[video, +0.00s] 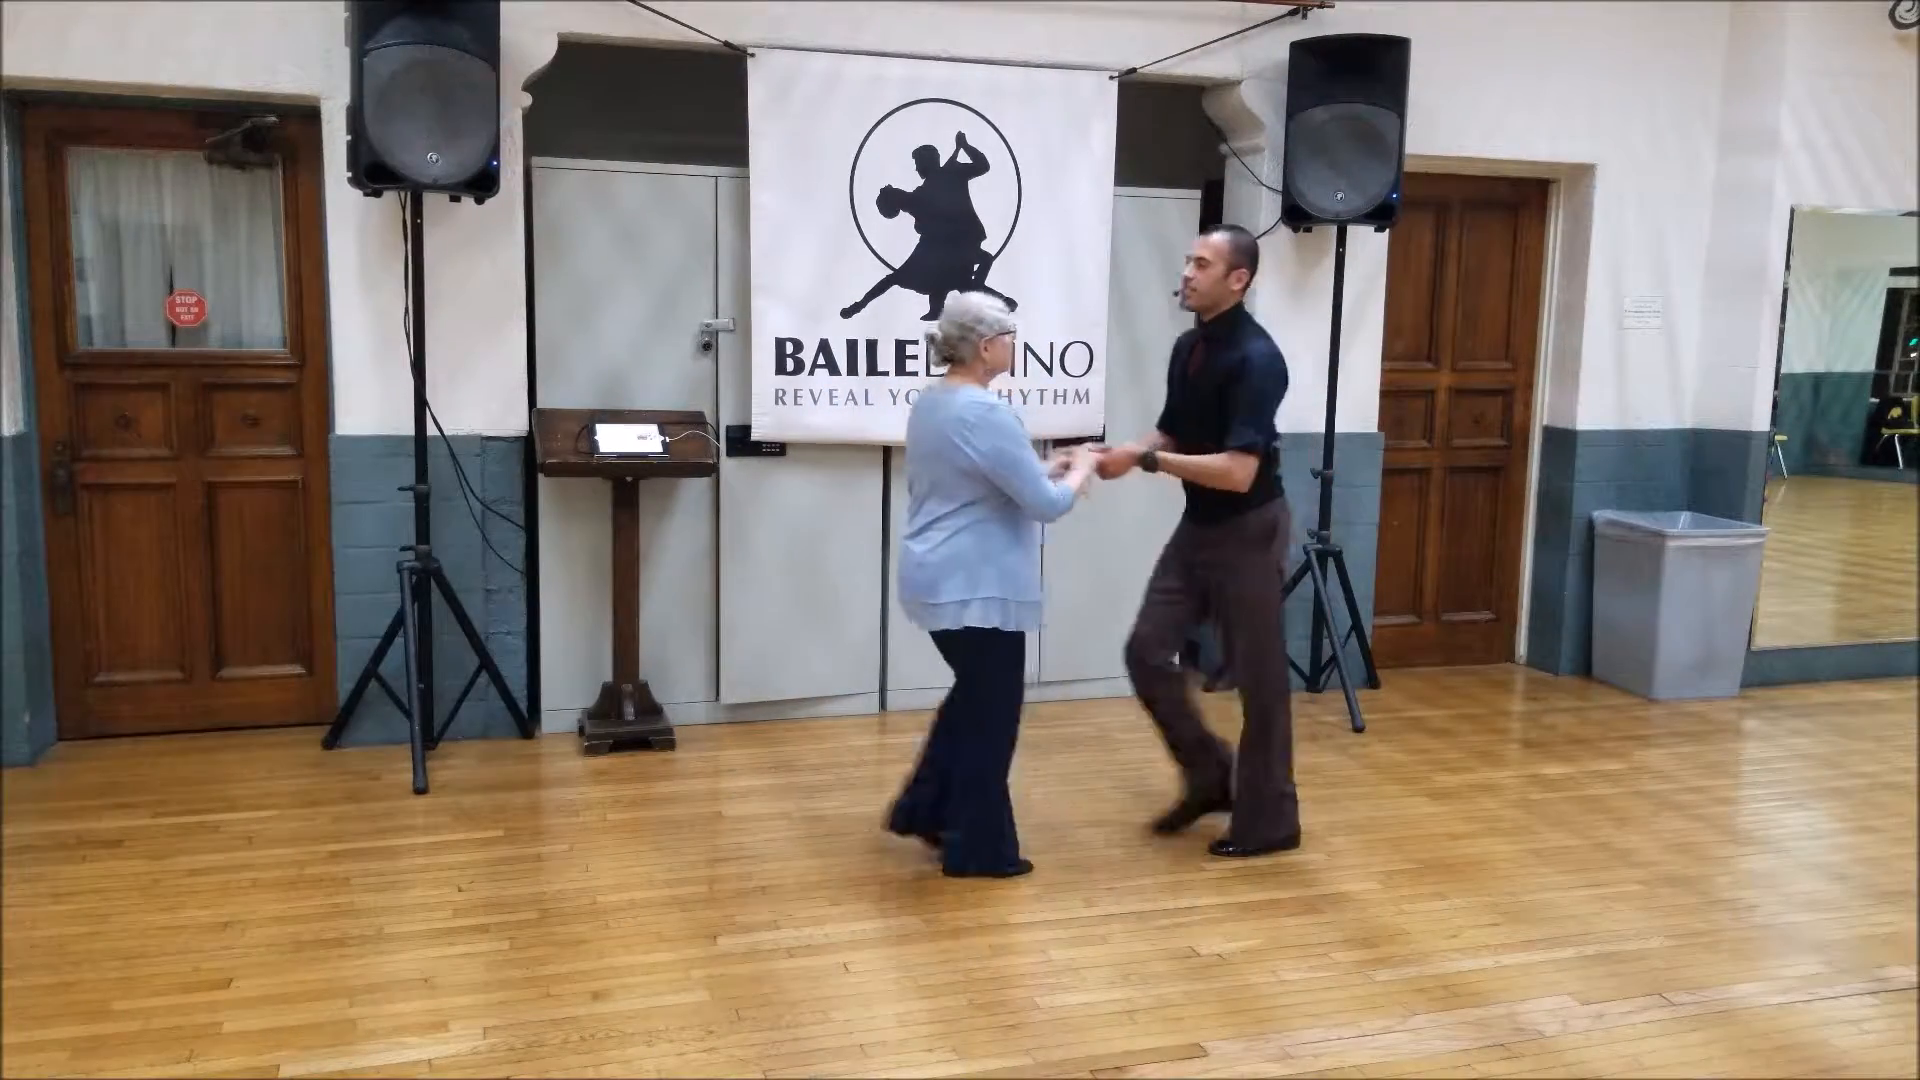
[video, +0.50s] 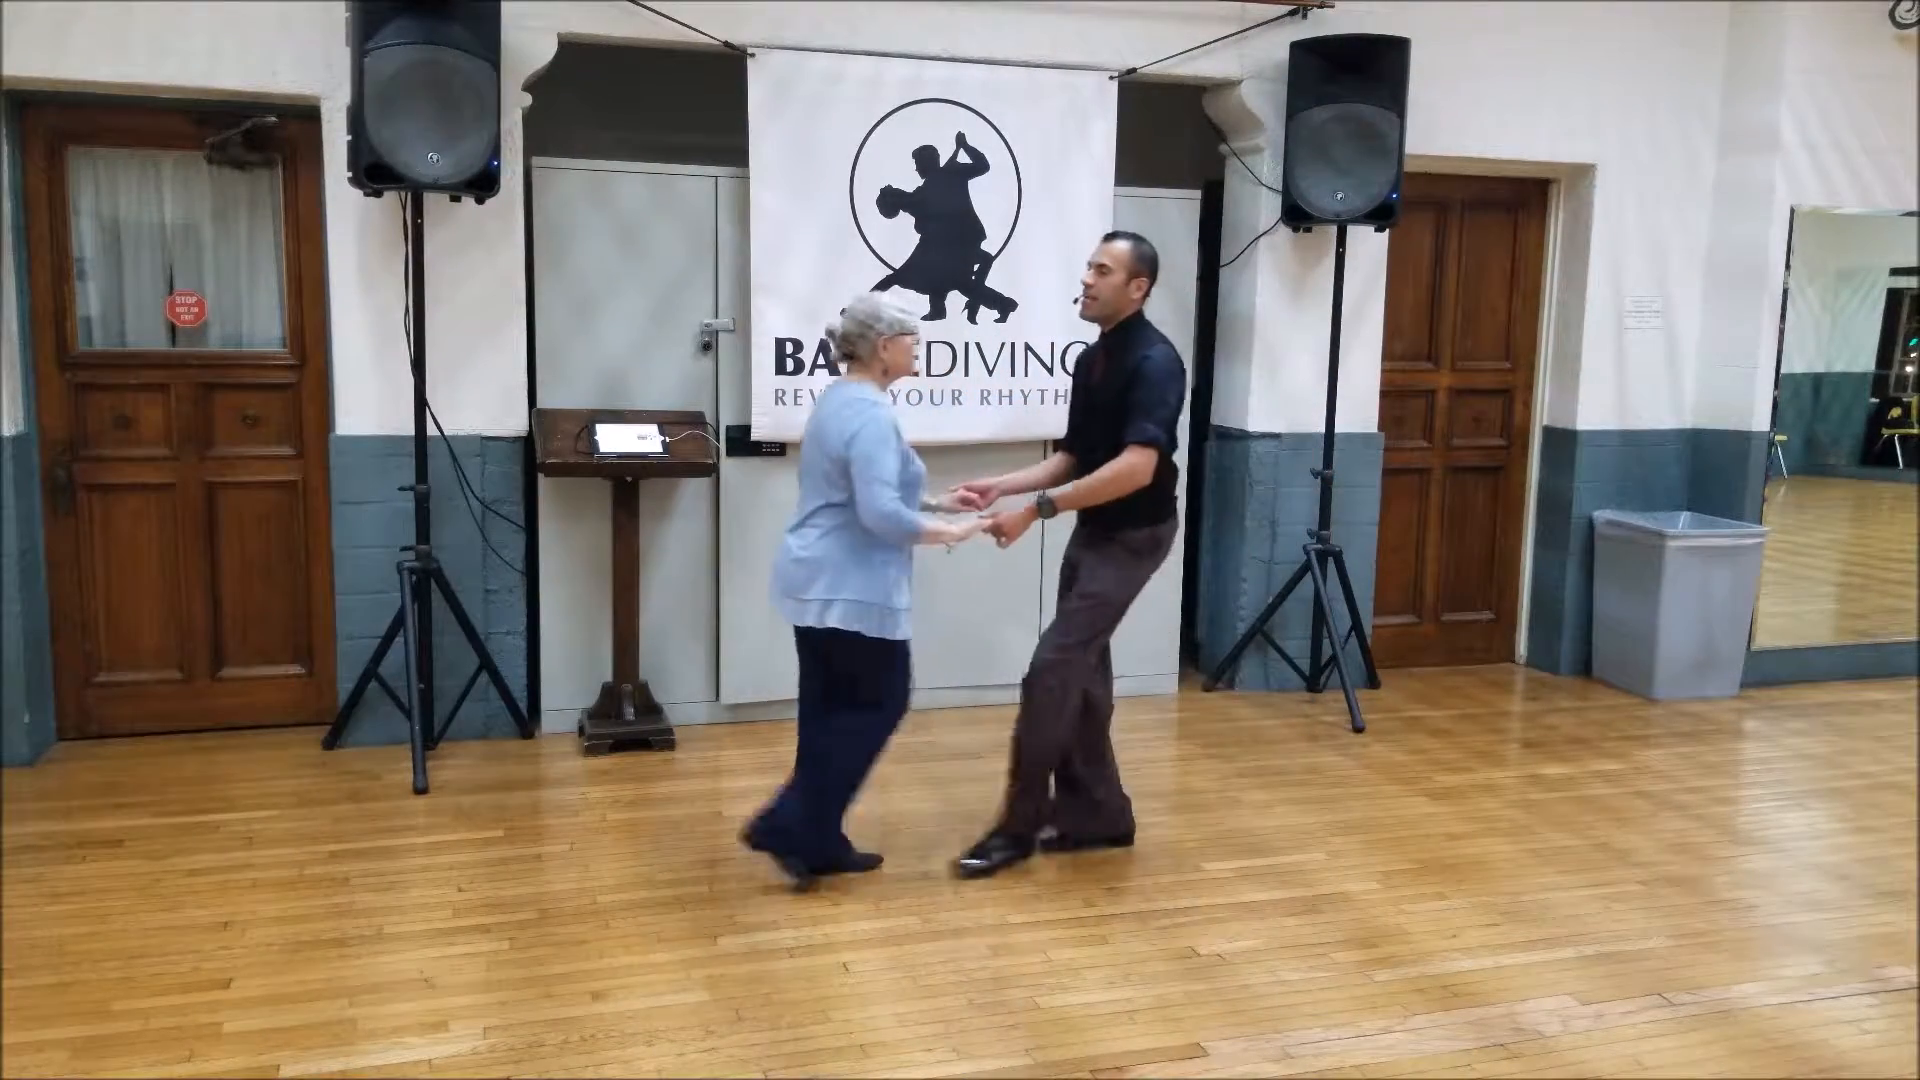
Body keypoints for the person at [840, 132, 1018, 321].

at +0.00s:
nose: (917, 167)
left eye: (918, 163)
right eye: (917, 162)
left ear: (921, 163)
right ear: (938, 159)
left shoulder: (919, 195)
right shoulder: (957, 171)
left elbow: (920, 227)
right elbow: (983, 165)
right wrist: (966, 146)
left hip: (935, 253)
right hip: (966, 248)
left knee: (895, 278)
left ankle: (860, 305)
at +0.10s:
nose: (917, 167)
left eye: (918, 163)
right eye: (918, 162)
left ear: (920, 164)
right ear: (938, 158)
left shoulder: (919, 195)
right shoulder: (956, 171)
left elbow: (921, 227)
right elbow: (983, 165)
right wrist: (966, 147)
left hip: (933, 252)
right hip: (966, 246)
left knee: (895, 278)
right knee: (962, 283)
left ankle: (860, 305)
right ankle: (1003, 302)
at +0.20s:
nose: (916, 167)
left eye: (918, 163)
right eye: (916, 162)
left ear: (923, 163)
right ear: (937, 159)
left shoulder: (920, 194)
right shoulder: (957, 171)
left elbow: (920, 226)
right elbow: (983, 165)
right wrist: (966, 146)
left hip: (932, 255)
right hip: (965, 250)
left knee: (895, 278)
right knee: (964, 284)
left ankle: (860, 305)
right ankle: (1004, 304)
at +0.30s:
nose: (916, 167)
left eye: (918, 163)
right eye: (916, 163)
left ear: (924, 163)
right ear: (937, 159)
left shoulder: (920, 194)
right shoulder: (956, 171)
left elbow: (920, 226)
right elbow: (982, 165)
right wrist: (966, 147)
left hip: (934, 253)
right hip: (965, 248)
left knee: (894, 278)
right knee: (965, 285)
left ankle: (860, 305)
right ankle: (1004, 303)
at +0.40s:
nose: (916, 167)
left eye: (917, 163)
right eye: (916, 163)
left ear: (924, 163)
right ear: (937, 159)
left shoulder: (920, 194)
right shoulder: (957, 171)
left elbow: (920, 227)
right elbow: (982, 165)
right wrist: (966, 146)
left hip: (934, 255)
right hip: (966, 249)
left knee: (894, 278)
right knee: (965, 285)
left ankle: (859, 306)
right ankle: (1003, 304)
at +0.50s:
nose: (916, 167)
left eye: (918, 162)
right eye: (916, 162)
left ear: (924, 163)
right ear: (937, 160)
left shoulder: (921, 193)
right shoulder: (955, 172)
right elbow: (983, 166)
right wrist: (965, 146)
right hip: (968, 238)